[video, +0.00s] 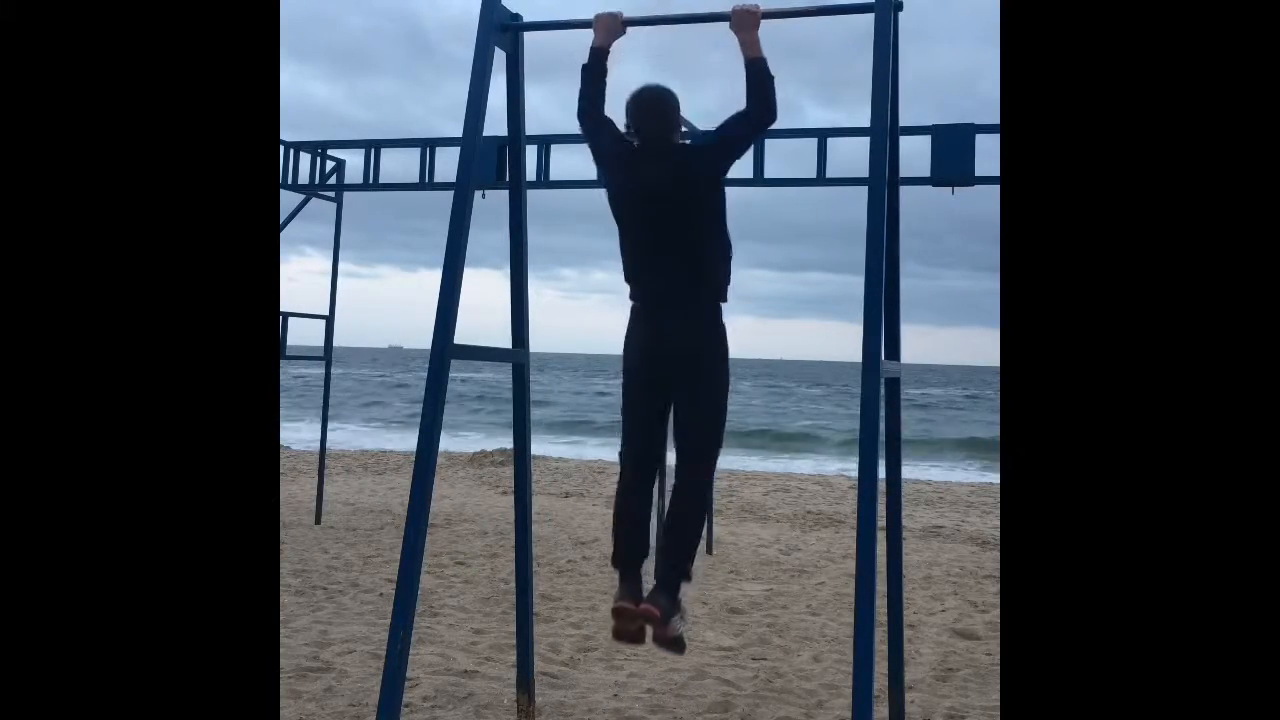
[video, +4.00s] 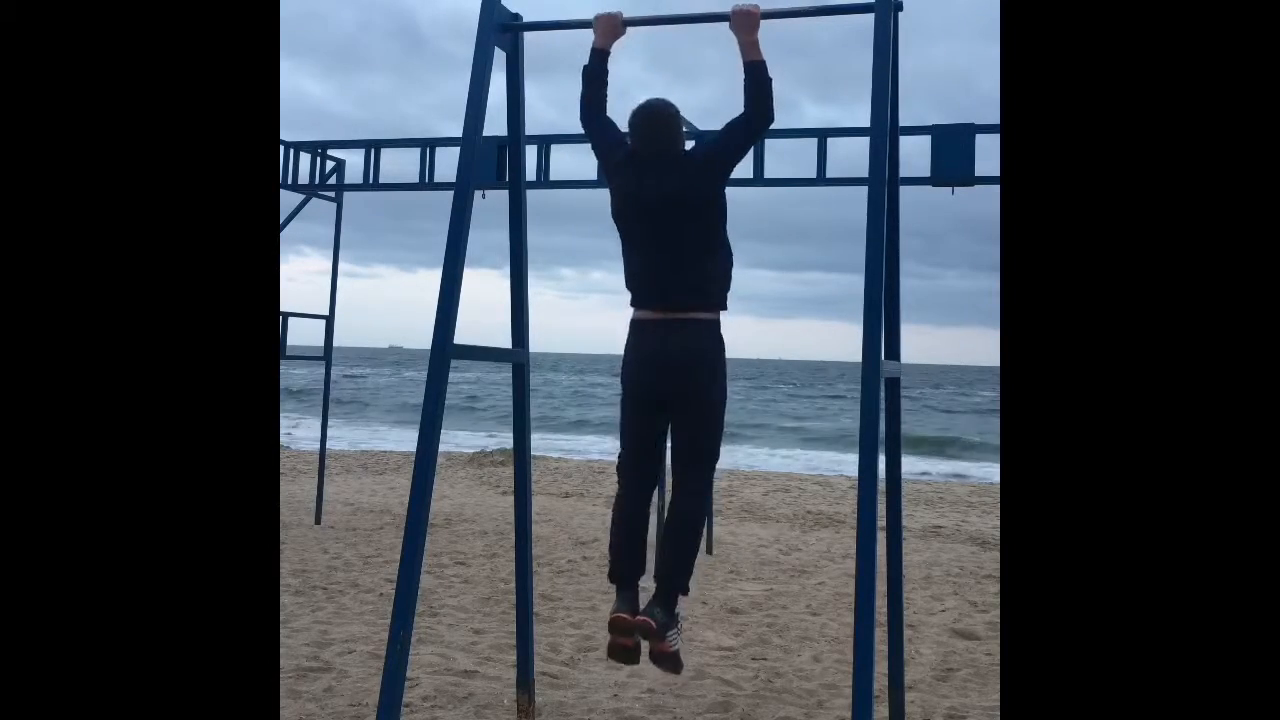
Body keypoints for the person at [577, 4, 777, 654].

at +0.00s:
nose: (682, 122)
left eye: (672, 116)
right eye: (680, 115)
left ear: (630, 127)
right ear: (680, 122)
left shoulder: (618, 164)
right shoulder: (707, 159)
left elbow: (590, 111)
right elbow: (761, 111)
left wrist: (600, 44)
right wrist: (750, 41)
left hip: (645, 330)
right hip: (701, 330)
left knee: (638, 462)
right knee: (694, 471)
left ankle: (630, 590)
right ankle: (665, 597)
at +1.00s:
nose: (654, 23)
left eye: (632, 21)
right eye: (658, 17)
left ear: (620, 31)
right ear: (665, 28)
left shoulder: (603, 82)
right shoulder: (697, 74)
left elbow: (572, 107)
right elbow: (773, 98)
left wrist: (597, 41)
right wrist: (754, 38)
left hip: (640, 247)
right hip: (698, 244)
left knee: (653, 371)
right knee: (707, 370)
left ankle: (666, 497)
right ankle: (700, 497)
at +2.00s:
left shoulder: (597, 31)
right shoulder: (693, 24)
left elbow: (564, 97)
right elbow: (758, 81)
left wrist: (600, 41)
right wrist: (751, 34)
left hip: (633, 199)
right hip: (692, 197)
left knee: (650, 319)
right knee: (706, 316)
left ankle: (668, 434)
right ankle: (704, 438)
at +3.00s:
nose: (640, 75)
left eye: (622, 67)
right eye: (651, 66)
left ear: (613, 75)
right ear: (659, 73)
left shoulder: (600, 125)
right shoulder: (692, 114)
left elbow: (589, 91)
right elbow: (754, 106)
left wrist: (599, 43)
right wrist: (749, 43)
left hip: (634, 288)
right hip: (692, 287)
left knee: (639, 410)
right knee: (696, 413)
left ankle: (642, 531)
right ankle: (678, 538)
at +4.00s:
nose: (680, 129)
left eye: (666, 127)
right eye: (679, 124)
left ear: (632, 139)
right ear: (681, 135)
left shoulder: (623, 170)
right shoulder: (707, 166)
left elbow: (593, 114)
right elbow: (758, 113)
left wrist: (600, 47)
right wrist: (750, 45)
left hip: (645, 339)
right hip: (700, 340)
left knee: (636, 474)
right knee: (691, 480)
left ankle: (626, 603)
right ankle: (663, 610)